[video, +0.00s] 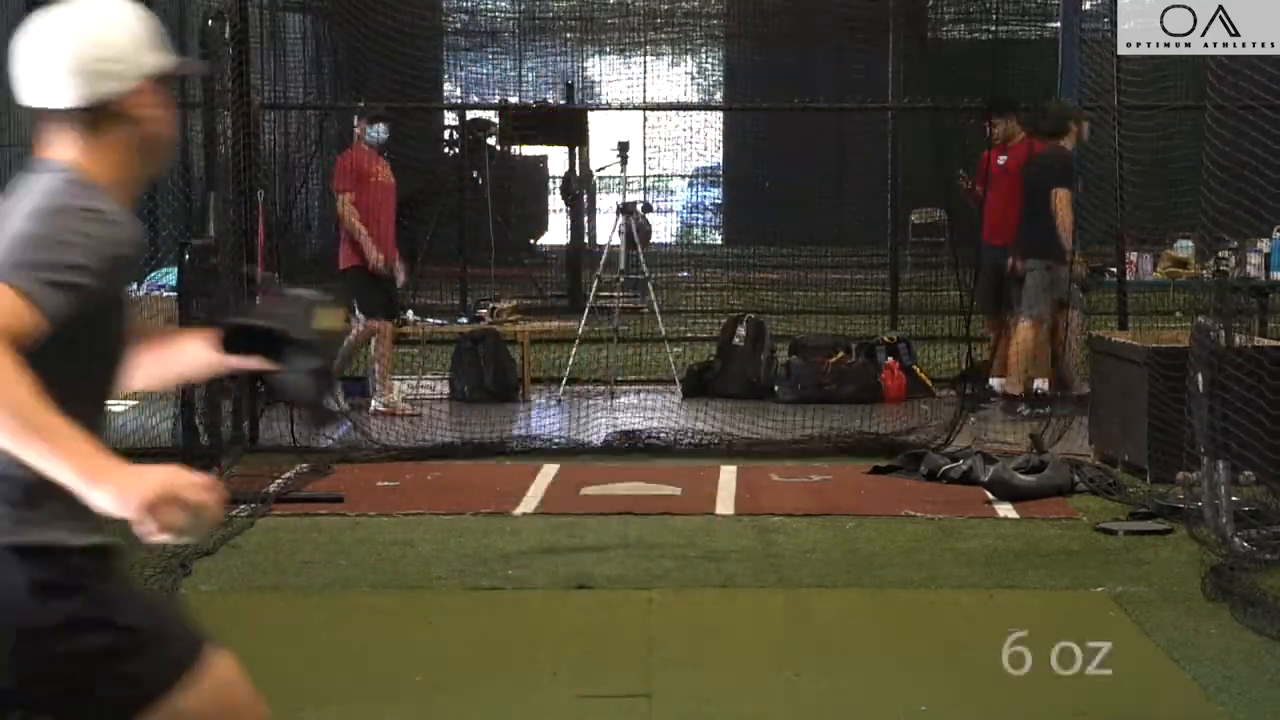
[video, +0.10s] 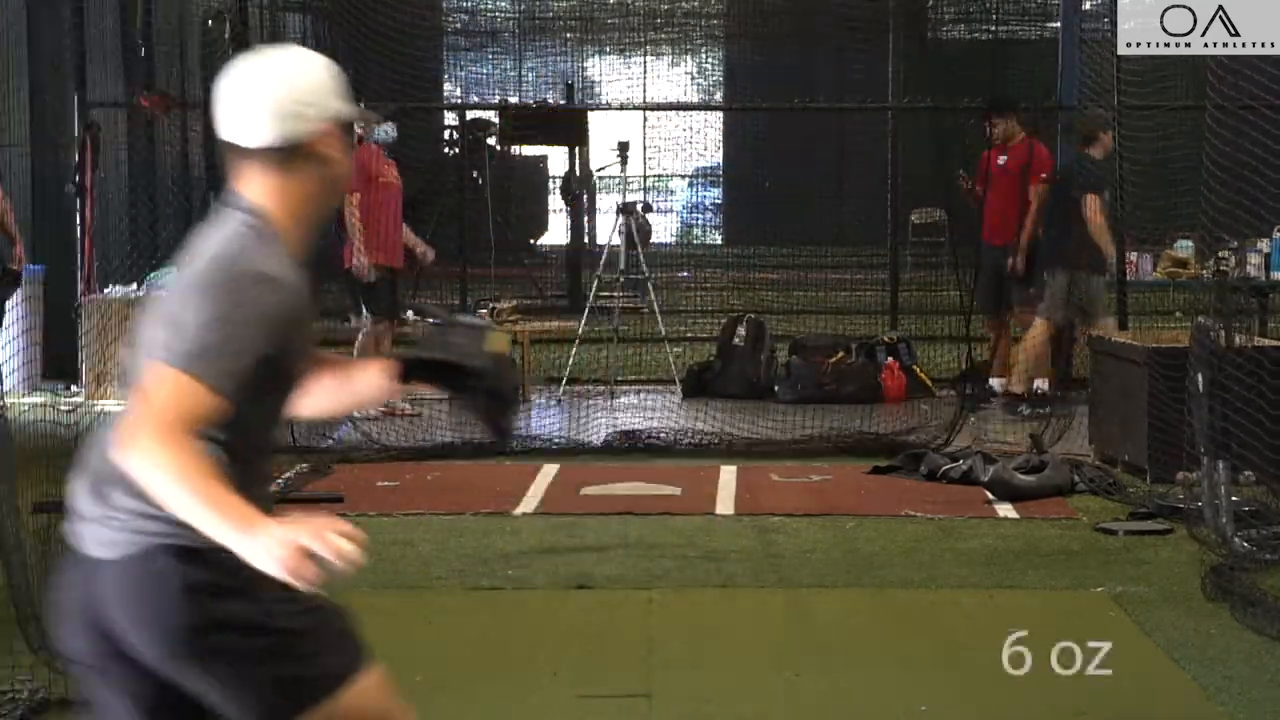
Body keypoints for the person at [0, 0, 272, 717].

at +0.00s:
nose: (174, 109)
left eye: (168, 88)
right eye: (164, 88)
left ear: (57, 106)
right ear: (132, 98)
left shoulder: (41, 206)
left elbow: (64, 363)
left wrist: (213, 348)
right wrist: (110, 481)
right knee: (225, 701)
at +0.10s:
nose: (354, 153)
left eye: (350, 134)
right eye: (348, 133)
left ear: (240, 146)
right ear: (323, 140)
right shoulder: (249, 268)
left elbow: (262, 386)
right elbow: (147, 437)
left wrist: (359, 382)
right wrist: (256, 532)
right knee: (376, 707)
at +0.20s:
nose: (475, 191)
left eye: (473, 176)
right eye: (472, 175)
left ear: (376, 186)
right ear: (454, 181)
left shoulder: (366, 280)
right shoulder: (385, 301)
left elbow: (408, 402)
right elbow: (331, 471)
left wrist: (540, 377)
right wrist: (458, 571)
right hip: (288, 562)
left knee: (478, 688)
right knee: (474, 702)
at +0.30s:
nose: (547, 166)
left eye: (543, 152)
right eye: (543, 153)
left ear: (462, 165)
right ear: (531, 162)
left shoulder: (475, 256)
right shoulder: (461, 266)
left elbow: (497, 365)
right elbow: (419, 424)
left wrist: (615, 325)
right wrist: (563, 468)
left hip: (429, 509)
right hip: (380, 518)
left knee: (574, 640)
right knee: (464, 705)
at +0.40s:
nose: (589, 156)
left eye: (585, 144)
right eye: (587, 145)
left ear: (507, 152)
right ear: (577, 154)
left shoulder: (549, 237)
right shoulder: (495, 254)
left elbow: (584, 313)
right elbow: (496, 410)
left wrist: (676, 259)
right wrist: (624, 371)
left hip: (526, 475)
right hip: (466, 477)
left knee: (653, 646)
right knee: (519, 669)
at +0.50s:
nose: (608, 132)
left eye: (604, 122)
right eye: (607, 122)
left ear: (532, 127)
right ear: (600, 131)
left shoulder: (547, 200)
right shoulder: (544, 217)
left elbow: (593, 270)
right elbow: (590, 357)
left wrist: (649, 219)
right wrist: (678, 267)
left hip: (562, 438)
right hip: (508, 443)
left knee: (657, 587)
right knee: (577, 627)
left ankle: (660, 715)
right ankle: (452, 716)